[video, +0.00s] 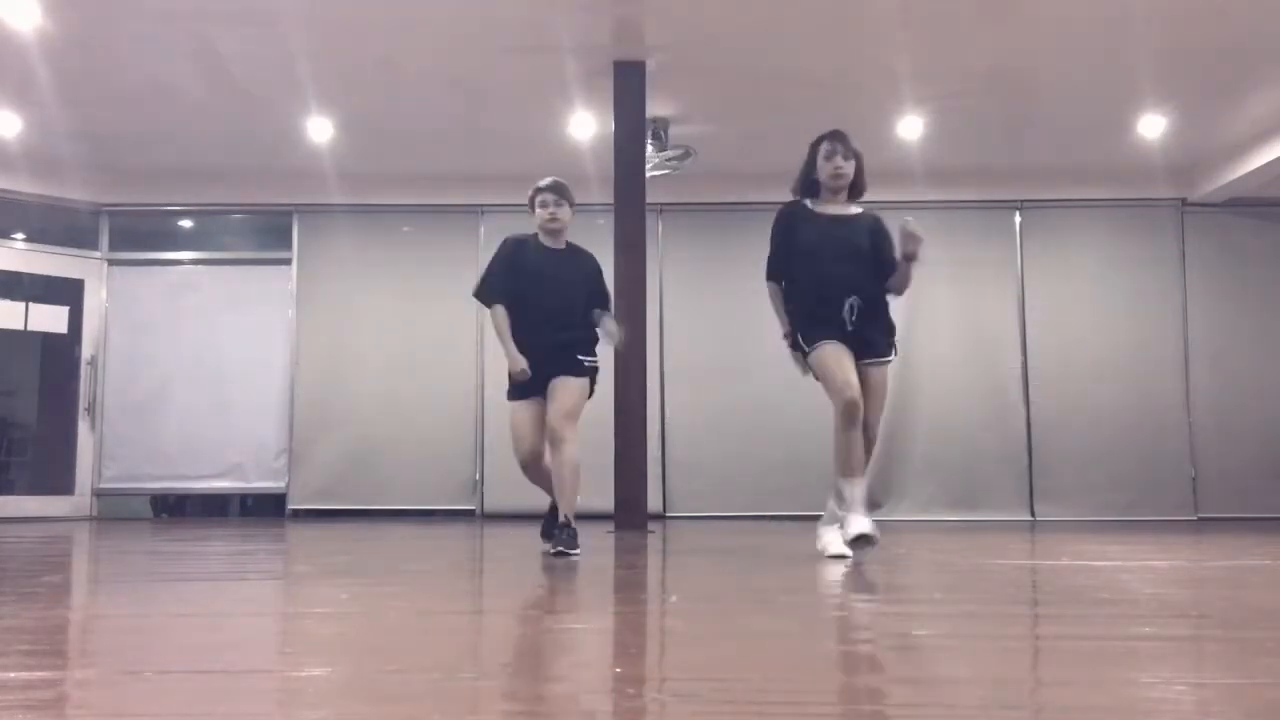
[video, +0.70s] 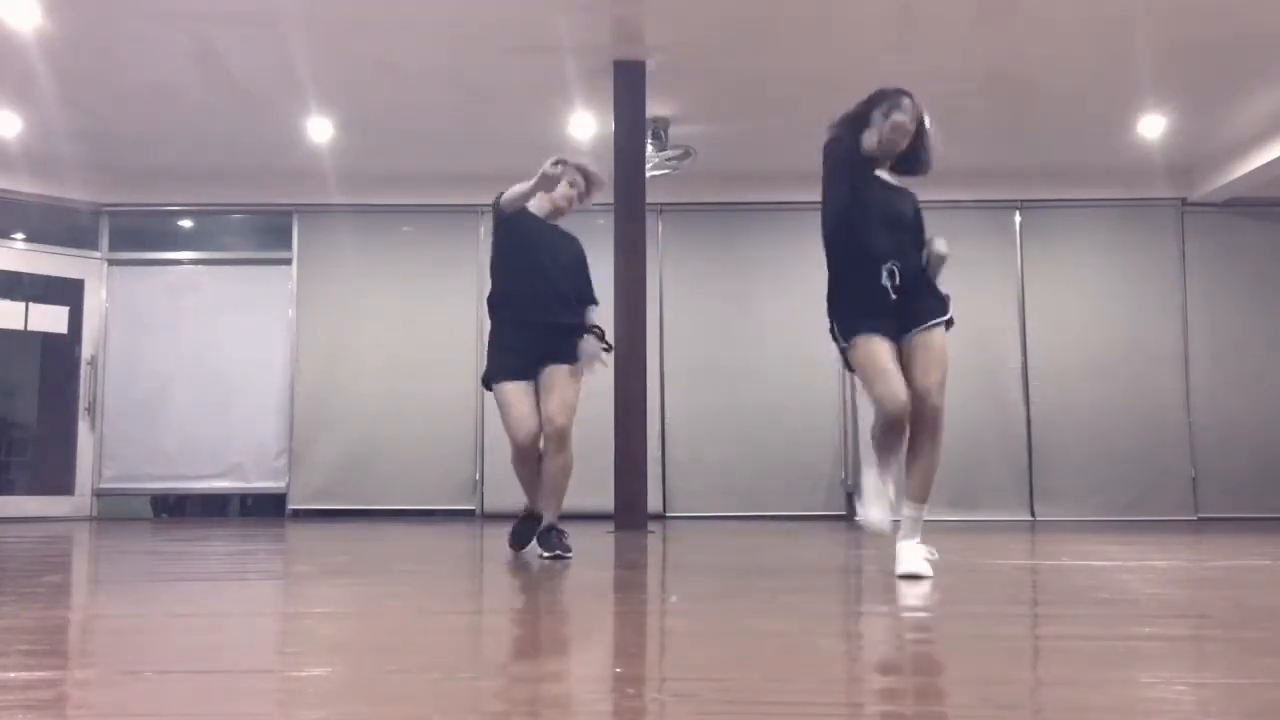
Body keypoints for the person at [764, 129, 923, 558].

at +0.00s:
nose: (838, 163)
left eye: (845, 157)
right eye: (829, 156)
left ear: (856, 167)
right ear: (814, 166)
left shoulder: (871, 222)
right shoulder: (793, 217)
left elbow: (894, 287)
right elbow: (774, 278)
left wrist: (907, 260)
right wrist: (787, 326)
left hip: (871, 326)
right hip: (818, 325)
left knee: (867, 428)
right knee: (850, 399)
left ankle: (832, 523)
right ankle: (856, 511)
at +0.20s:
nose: (853, 148)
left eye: (860, 141)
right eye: (843, 142)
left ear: (873, 150)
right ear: (827, 153)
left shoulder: (893, 199)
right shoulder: (810, 207)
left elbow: (924, 262)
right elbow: (770, 260)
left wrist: (952, 314)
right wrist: (792, 274)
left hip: (886, 326)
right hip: (828, 325)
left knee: (883, 440)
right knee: (850, 414)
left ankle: (840, 488)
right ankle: (874, 533)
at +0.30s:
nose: (857, 141)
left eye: (864, 133)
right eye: (846, 134)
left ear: (877, 141)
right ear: (832, 146)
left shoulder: (902, 188)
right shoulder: (823, 204)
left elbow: (933, 257)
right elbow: (789, 275)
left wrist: (933, 319)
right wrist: (811, 228)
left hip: (888, 308)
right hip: (828, 314)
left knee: (892, 393)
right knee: (851, 423)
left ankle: (872, 435)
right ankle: (875, 535)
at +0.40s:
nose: (859, 135)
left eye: (864, 125)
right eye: (847, 132)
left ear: (879, 130)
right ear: (836, 147)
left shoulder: (917, 181)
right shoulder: (834, 199)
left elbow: (930, 253)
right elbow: (812, 265)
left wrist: (916, 304)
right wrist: (843, 210)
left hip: (894, 292)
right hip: (835, 302)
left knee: (885, 350)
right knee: (854, 421)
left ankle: (888, 449)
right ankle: (877, 533)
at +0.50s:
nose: (872, 122)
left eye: (877, 113)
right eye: (859, 119)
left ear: (891, 120)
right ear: (843, 134)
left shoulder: (911, 182)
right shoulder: (840, 180)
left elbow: (927, 241)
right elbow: (835, 233)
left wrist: (926, 262)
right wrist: (877, 187)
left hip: (901, 286)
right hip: (844, 294)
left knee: (888, 383)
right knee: (863, 415)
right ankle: (898, 530)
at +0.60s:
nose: (888, 124)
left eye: (897, 117)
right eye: (878, 116)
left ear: (908, 126)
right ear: (856, 127)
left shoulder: (902, 180)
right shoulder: (843, 168)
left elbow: (901, 243)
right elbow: (857, 190)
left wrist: (920, 270)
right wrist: (894, 168)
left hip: (909, 301)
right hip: (853, 305)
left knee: (912, 403)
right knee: (875, 428)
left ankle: (909, 535)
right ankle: (894, 532)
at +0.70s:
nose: (893, 139)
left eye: (903, 134)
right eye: (888, 128)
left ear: (910, 143)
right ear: (870, 121)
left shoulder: (905, 197)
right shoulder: (841, 168)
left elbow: (912, 273)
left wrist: (932, 261)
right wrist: (912, 122)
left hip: (918, 304)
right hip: (861, 307)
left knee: (930, 406)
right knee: (895, 403)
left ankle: (910, 537)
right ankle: (881, 475)